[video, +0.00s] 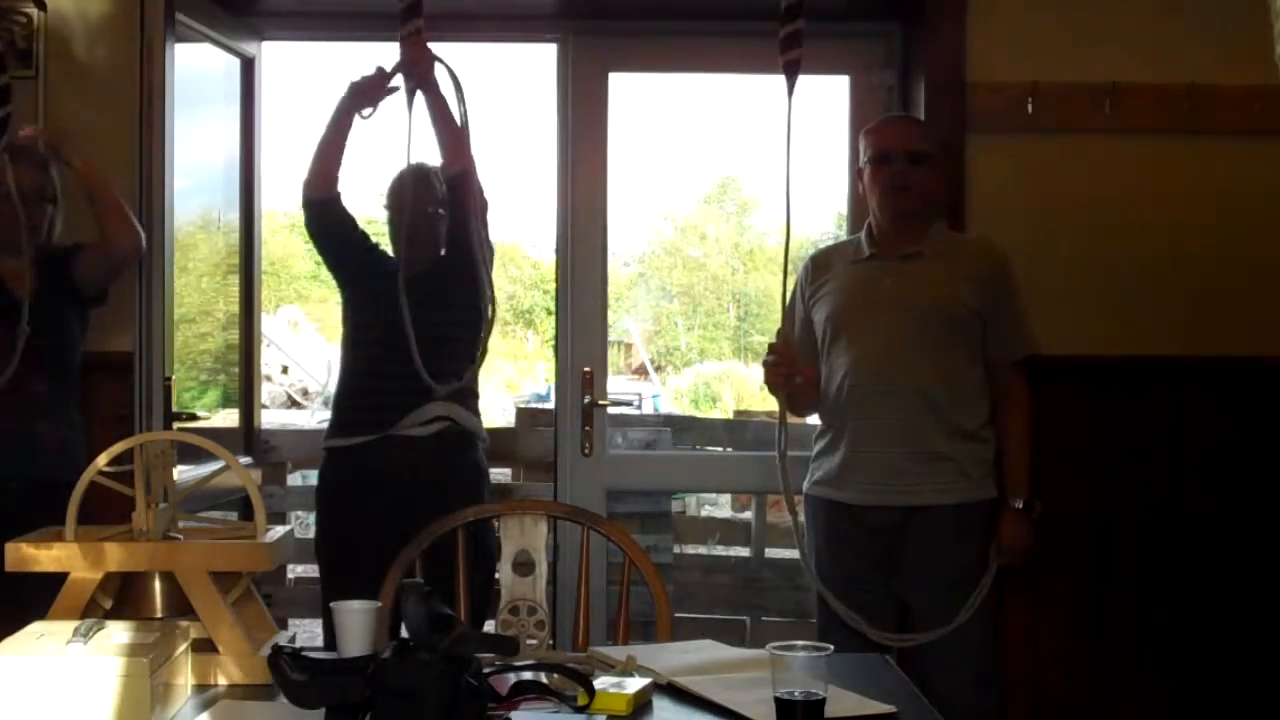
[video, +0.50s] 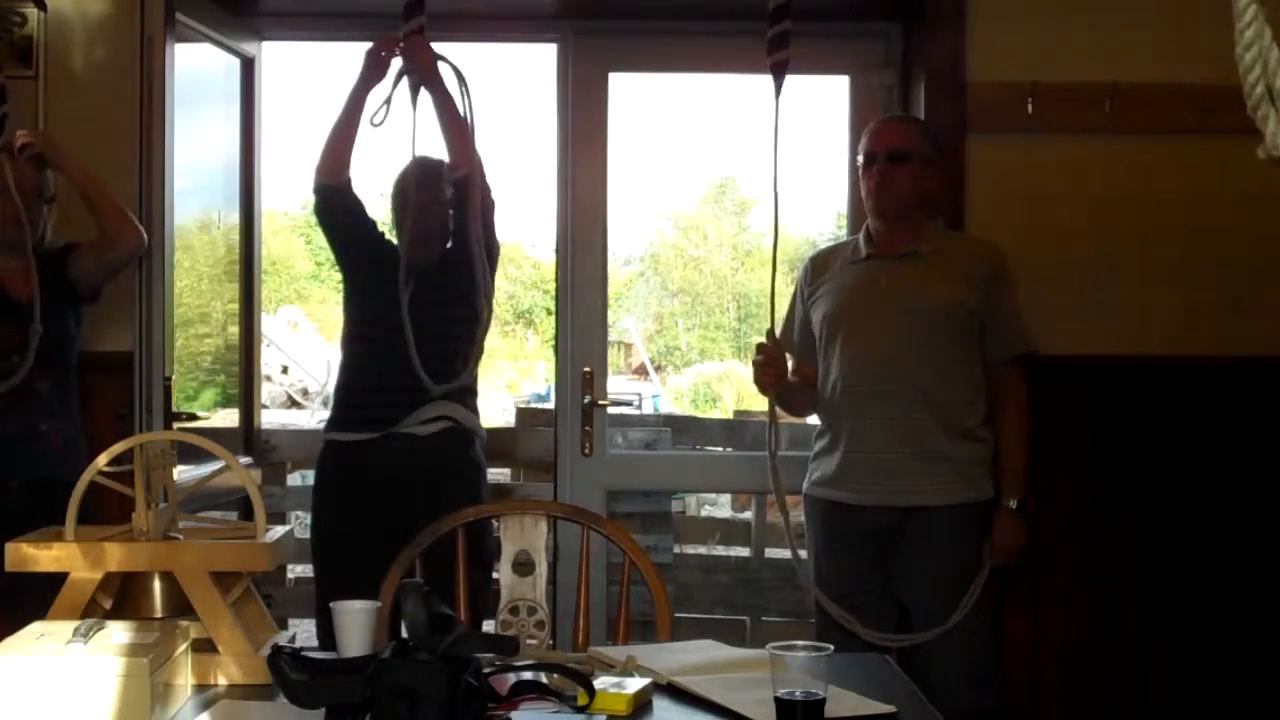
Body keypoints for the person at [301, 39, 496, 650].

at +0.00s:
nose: (423, 209)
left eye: (435, 199)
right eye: (409, 200)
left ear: (452, 215)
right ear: (391, 217)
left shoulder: (466, 280)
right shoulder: (366, 275)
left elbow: (461, 173)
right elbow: (320, 197)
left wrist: (427, 83)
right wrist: (349, 105)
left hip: (446, 468)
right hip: (359, 464)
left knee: (453, 635)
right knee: (357, 636)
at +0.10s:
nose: (428, 206)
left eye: (438, 196)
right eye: (415, 197)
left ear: (453, 212)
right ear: (394, 213)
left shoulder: (466, 276)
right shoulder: (366, 272)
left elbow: (462, 170)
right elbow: (317, 192)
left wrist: (426, 81)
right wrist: (339, 103)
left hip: (446, 467)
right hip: (359, 465)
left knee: (452, 633)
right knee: (357, 636)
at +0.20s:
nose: (432, 203)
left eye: (442, 194)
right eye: (419, 194)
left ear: (455, 211)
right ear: (395, 211)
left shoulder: (468, 274)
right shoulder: (367, 269)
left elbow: (462, 170)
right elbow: (321, 187)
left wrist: (423, 83)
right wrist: (346, 91)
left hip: (447, 470)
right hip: (360, 468)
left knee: (454, 636)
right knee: (356, 639)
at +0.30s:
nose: (432, 203)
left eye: (443, 194)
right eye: (418, 194)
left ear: (456, 210)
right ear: (395, 211)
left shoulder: (469, 273)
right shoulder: (367, 266)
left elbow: (462, 170)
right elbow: (326, 183)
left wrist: (423, 82)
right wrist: (357, 84)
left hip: (446, 467)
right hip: (359, 465)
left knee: (454, 636)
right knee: (355, 640)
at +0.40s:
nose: (432, 201)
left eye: (443, 191)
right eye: (419, 191)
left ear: (456, 209)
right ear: (395, 210)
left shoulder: (469, 271)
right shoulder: (368, 264)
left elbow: (464, 169)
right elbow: (329, 182)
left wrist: (427, 80)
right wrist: (364, 83)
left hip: (445, 462)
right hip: (358, 460)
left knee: (453, 628)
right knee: (353, 631)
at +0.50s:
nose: (434, 204)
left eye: (446, 194)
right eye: (420, 194)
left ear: (461, 211)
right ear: (397, 211)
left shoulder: (469, 272)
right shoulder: (369, 265)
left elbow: (468, 169)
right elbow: (330, 180)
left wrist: (431, 78)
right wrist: (365, 84)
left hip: (442, 460)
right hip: (356, 458)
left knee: (452, 627)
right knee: (352, 631)